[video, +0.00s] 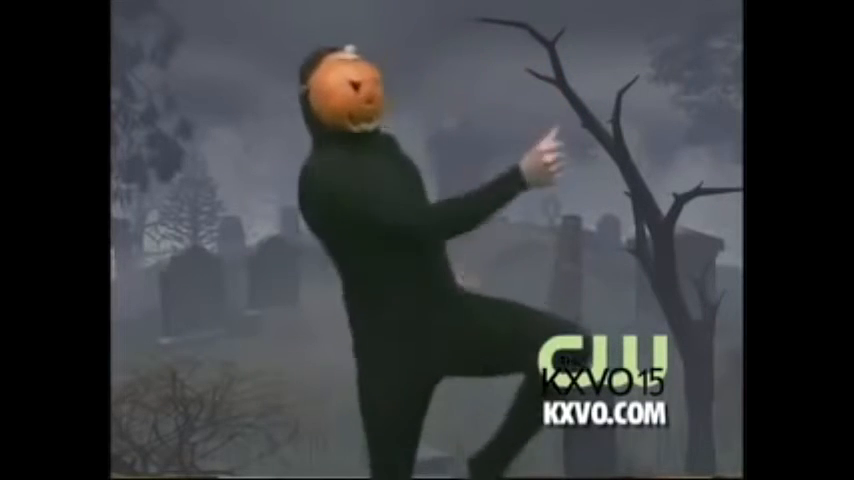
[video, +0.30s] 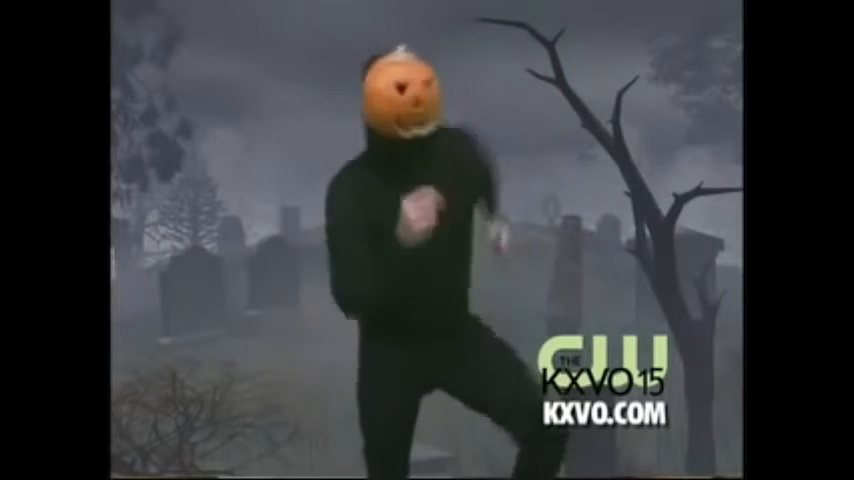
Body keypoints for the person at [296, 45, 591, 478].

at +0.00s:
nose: (363, 85)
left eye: (364, 74)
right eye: (344, 80)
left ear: (377, 84)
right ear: (315, 104)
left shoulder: (383, 151)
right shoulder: (325, 175)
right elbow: (420, 226)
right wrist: (518, 180)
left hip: (446, 319)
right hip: (392, 342)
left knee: (568, 347)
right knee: (391, 470)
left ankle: (492, 462)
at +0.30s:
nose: (415, 95)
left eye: (425, 84)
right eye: (399, 87)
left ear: (438, 95)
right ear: (371, 103)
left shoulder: (456, 153)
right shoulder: (353, 187)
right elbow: (353, 297)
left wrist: (496, 221)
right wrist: (401, 241)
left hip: (456, 337)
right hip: (389, 349)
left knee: (547, 427)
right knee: (386, 470)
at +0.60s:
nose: (471, 110)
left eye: (483, 99)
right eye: (457, 100)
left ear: (502, 110)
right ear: (437, 110)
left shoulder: (525, 183)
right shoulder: (410, 184)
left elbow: (569, 283)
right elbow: (378, 278)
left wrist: (507, 314)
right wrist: (356, 367)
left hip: (504, 375)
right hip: (425, 372)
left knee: (517, 471)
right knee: (392, 471)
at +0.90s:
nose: (488, 69)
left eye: (502, 60)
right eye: (475, 59)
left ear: (520, 78)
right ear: (455, 76)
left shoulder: (535, 153)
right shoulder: (435, 144)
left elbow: (513, 253)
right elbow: (419, 217)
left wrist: (436, 203)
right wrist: (388, 267)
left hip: (502, 336)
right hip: (431, 329)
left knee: (514, 471)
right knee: (354, 452)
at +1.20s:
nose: (460, 114)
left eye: (472, 106)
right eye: (448, 105)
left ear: (488, 118)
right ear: (426, 117)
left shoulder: (510, 190)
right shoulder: (398, 188)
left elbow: (534, 279)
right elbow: (366, 286)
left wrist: (514, 313)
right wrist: (348, 248)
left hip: (494, 372)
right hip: (418, 369)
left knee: (518, 471)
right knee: (380, 471)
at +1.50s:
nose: (419, 84)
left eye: (430, 75)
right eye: (406, 75)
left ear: (448, 88)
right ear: (387, 90)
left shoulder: (472, 151)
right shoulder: (367, 158)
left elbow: (514, 223)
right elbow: (384, 228)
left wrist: (502, 190)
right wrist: (461, 203)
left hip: (459, 340)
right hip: (390, 344)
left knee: (478, 467)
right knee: (384, 469)